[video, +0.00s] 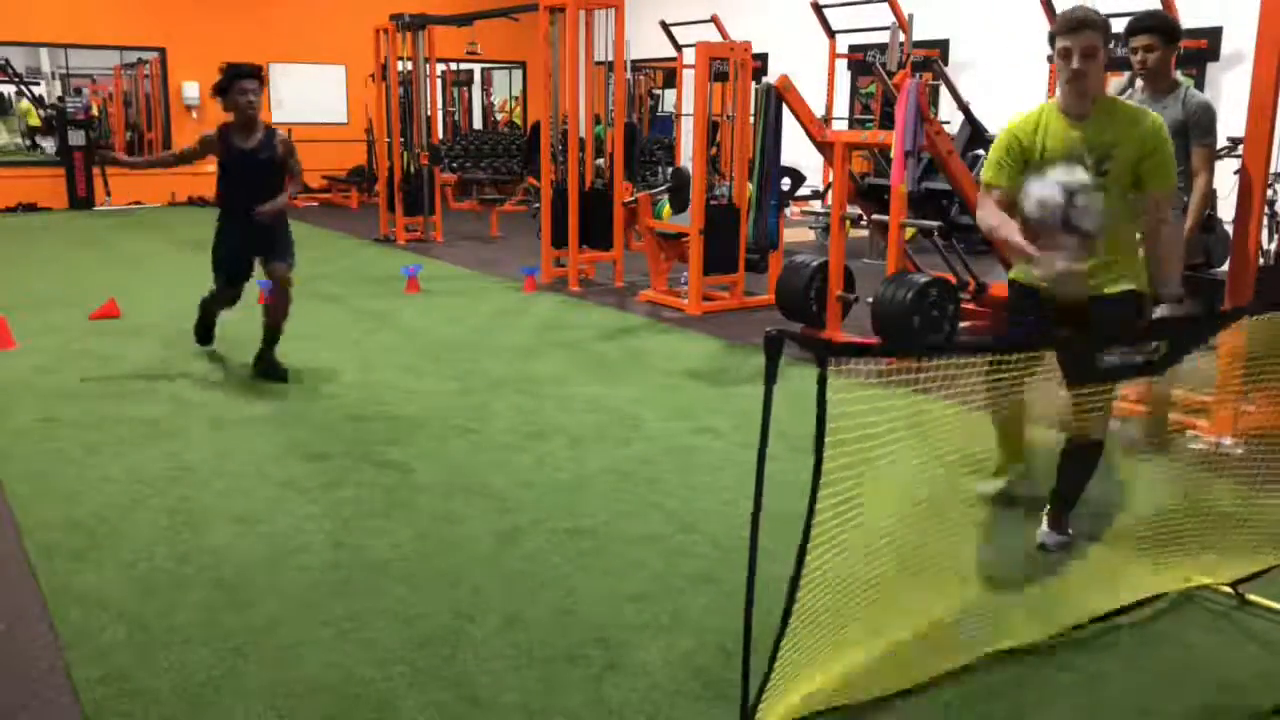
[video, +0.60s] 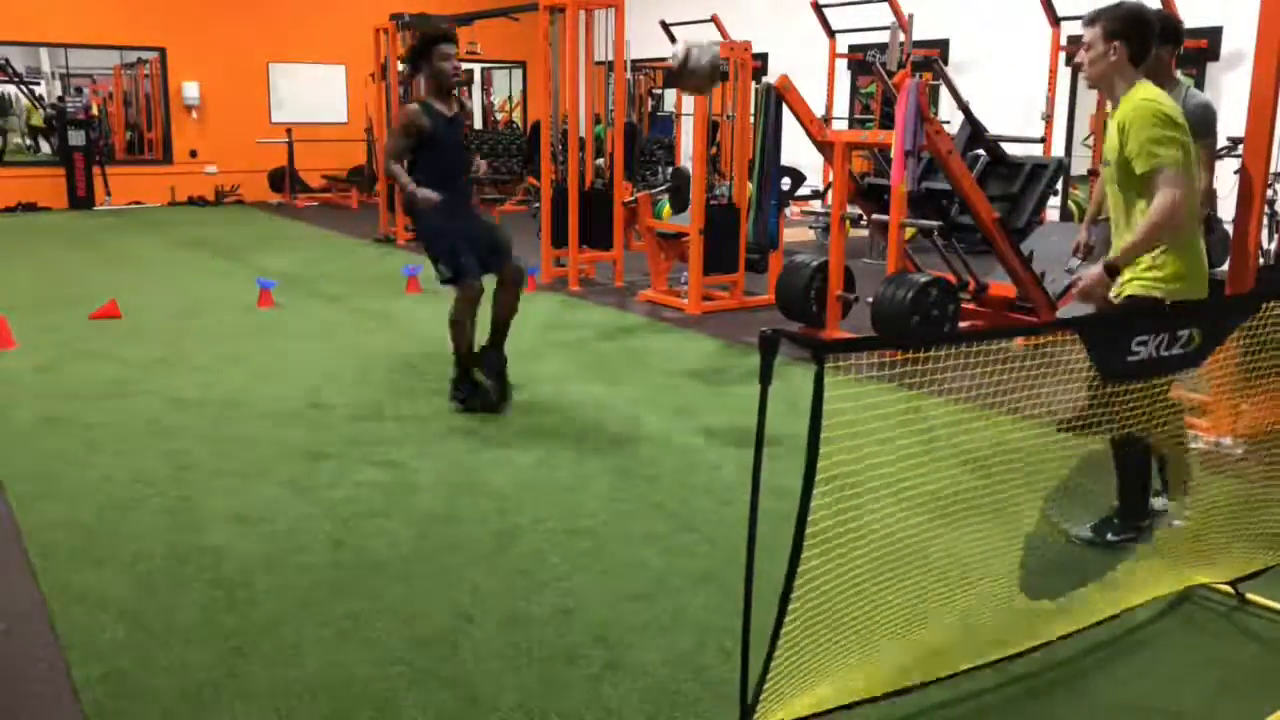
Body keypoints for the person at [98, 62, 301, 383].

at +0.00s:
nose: (251, 100)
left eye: (256, 93)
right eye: (243, 94)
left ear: (262, 98)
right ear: (228, 101)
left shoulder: (280, 144)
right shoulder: (219, 141)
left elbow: (297, 183)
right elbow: (175, 158)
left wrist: (279, 203)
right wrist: (125, 161)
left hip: (272, 223)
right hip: (234, 224)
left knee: (281, 281)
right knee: (229, 294)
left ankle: (267, 354)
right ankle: (207, 311)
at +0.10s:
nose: (278, 89)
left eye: (282, 82)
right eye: (269, 83)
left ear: (288, 87)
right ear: (251, 93)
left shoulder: (307, 128)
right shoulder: (246, 136)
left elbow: (328, 159)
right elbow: (206, 163)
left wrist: (324, 183)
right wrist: (161, 186)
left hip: (304, 220)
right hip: (269, 223)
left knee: (316, 282)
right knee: (270, 288)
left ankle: (274, 346)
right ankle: (235, 339)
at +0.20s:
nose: (314, 88)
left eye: (317, 80)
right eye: (304, 82)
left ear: (322, 85)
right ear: (285, 90)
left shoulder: (336, 126)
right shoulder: (276, 137)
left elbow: (352, 173)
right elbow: (240, 174)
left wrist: (361, 178)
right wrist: (215, 200)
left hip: (337, 216)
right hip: (301, 219)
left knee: (367, 277)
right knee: (314, 283)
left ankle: (329, 342)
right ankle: (288, 370)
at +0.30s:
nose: (356, 93)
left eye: (358, 86)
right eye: (346, 87)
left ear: (365, 92)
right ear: (327, 100)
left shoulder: (373, 139)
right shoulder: (320, 146)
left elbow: (368, 182)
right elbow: (288, 194)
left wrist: (391, 193)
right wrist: (273, 236)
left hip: (364, 232)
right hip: (330, 235)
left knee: (411, 283)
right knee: (345, 304)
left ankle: (431, 368)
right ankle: (302, 382)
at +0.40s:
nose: (397, 87)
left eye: (399, 80)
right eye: (387, 81)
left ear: (404, 86)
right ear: (366, 92)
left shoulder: (408, 133)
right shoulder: (360, 137)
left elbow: (410, 174)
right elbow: (337, 186)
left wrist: (423, 189)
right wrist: (348, 227)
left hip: (409, 232)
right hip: (376, 235)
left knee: (448, 293)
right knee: (394, 303)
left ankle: (464, 374)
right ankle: (336, 361)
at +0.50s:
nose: (426, 73)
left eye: (427, 66)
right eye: (415, 67)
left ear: (431, 73)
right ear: (394, 80)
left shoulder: (438, 121)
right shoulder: (385, 125)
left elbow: (438, 163)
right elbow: (363, 172)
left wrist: (452, 171)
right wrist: (388, 197)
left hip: (439, 220)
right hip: (407, 223)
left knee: (475, 287)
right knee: (439, 289)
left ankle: (468, 374)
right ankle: (404, 366)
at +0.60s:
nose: (454, 66)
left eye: (456, 59)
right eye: (446, 59)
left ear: (456, 64)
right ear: (425, 66)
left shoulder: (458, 112)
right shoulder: (412, 115)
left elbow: (452, 159)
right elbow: (391, 161)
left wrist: (475, 165)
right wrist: (413, 188)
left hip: (463, 209)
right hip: (434, 212)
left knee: (512, 273)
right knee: (470, 285)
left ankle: (493, 353)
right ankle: (463, 379)